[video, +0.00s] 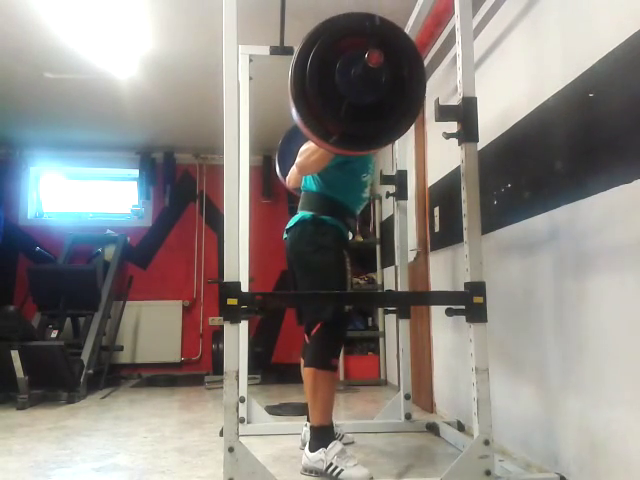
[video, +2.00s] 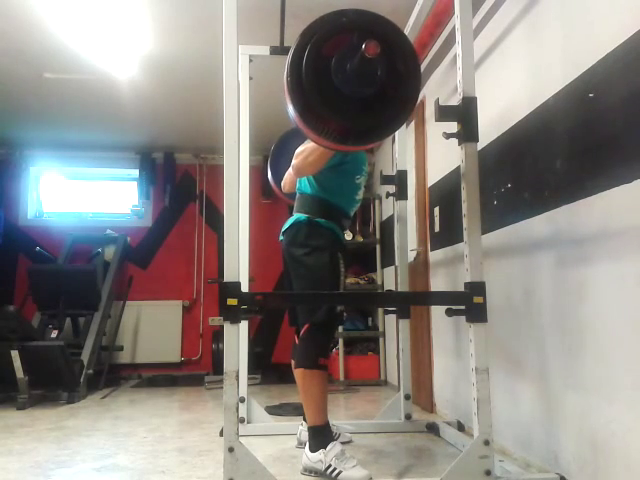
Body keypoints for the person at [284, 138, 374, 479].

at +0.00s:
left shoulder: (355, 137)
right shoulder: (338, 131)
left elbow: (292, 180)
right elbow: (300, 168)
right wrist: (340, 138)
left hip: (321, 232)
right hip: (315, 231)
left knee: (320, 332)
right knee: (328, 331)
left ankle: (317, 432)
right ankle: (321, 446)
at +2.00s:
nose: (378, 131)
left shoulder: (347, 143)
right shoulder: (335, 135)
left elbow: (287, 185)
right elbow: (298, 167)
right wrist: (337, 134)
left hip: (316, 234)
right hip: (311, 234)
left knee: (313, 334)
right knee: (317, 333)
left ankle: (315, 428)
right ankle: (319, 447)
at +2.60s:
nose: (373, 132)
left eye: (373, 126)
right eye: (369, 125)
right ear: (353, 114)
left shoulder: (346, 145)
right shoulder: (332, 134)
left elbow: (289, 186)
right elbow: (296, 170)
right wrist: (332, 132)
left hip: (318, 234)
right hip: (311, 233)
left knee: (314, 333)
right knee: (316, 332)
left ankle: (315, 429)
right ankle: (319, 446)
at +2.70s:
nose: (371, 130)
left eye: (371, 124)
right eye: (368, 123)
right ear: (351, 114)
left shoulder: (346, 145)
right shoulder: (331, 135)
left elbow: (289, 187)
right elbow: (296, 170)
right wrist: (331, 132)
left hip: (317, 234)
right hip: (311, 233)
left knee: (313, 333)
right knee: (316, 332)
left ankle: (315, 428)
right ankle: (319, 446)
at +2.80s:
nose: (372, 130)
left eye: (371, 124)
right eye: (368, 123)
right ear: (353, 114)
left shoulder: (346, 145)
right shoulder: (332, 135)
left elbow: (289, 187)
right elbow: (295, 170)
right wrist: (331, 132)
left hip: (317, 234)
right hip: (311, 233)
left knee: (313, 333)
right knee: (316, 332)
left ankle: (315, 429)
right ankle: (319, 446)